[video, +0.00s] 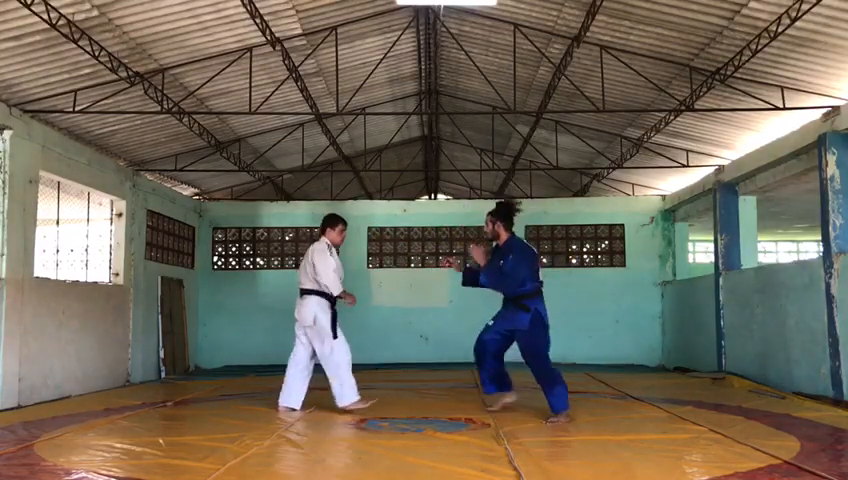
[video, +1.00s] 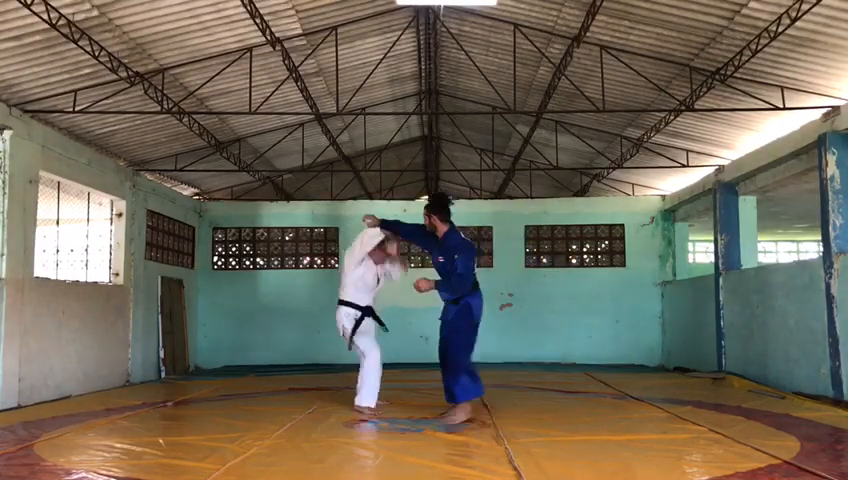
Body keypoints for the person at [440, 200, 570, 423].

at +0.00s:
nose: (485, 229)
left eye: (487, 224)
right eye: (486, 225)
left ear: (497, 225)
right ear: (500, 225)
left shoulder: (522, 250)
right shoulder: (499, 251)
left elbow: (507, 283)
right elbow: (489, 278)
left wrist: (484, 264)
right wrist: (460, 269)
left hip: (530, 310)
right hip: (510, 309)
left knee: (537, 359)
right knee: (485, 346)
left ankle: (561, 410)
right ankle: (505, 392)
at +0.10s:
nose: (478, 229)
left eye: (480, 225)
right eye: (478, 225)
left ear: (491, 225)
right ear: (493, 225)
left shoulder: (517, 249)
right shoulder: (492, 251)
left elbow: (505, 284)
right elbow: (485, 279)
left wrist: (477, 267)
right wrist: (456, 273)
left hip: (527, 309)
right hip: (506, 308)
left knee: (536, 359)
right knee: (484, 348)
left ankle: (558, 411)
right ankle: (480, 400)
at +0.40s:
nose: (447, 236)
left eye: (449, 231)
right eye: (447, 231)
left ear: (459, 232)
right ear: (464, 231)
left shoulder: (486, 254)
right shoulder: (462, 256)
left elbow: (477, 288)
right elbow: (451, 277)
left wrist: (447, 276)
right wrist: (424, 277)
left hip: (504, 307)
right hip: (484, 307)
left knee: (508, 351)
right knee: (468, 351)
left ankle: (540, 398)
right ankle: (464, 405)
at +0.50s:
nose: (444, 233)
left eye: (445, 228)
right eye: (443, 228)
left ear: (453, 228)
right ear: (458, 227)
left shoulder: (481, 249)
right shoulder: (457, 251)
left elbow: (477, 283)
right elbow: (438, 266)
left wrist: (447, 276)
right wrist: (413, 268)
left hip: (501, 305)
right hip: (481, 305)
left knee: (504, 353)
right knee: (470, 352)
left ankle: (520, 406)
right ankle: (465, 405)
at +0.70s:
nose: (440, 230)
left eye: (441, 225)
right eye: (440, 226)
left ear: (448, 225)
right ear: (457, 224)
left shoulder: (477, 249)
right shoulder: (449, 247)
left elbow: (470, 283)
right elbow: (422, 244)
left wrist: (442, 277)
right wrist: (393, 245)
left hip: (493, 305)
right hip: (473, 305)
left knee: (492, 355)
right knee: (460, 349)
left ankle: (503, 411)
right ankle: (463, 404)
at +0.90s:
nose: (430, 222)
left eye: (431, 218)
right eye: (431, 218)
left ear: (438, 219)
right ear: (447, 218)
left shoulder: (466, 246)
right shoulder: (438, 240)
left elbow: (467, 281)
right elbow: (411, 234)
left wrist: (437, 283)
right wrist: (384, 230)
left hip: (476, 303)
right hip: (458, 303)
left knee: (474, 352)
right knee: (452, 352)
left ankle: (490, 403)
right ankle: (461, 403)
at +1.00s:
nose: (425, 220)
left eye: (426, 216)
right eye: (425, 217)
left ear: (432, 218)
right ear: (441, 217)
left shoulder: (461, 246)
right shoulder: (432, 237)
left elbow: (462, 283)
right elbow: (407, 230)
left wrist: (433, 285)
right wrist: (380, 223)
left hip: (467, 303)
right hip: (453, 302)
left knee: (456, 350)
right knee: (447, 350)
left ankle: (463, 405)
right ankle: (458, 403)